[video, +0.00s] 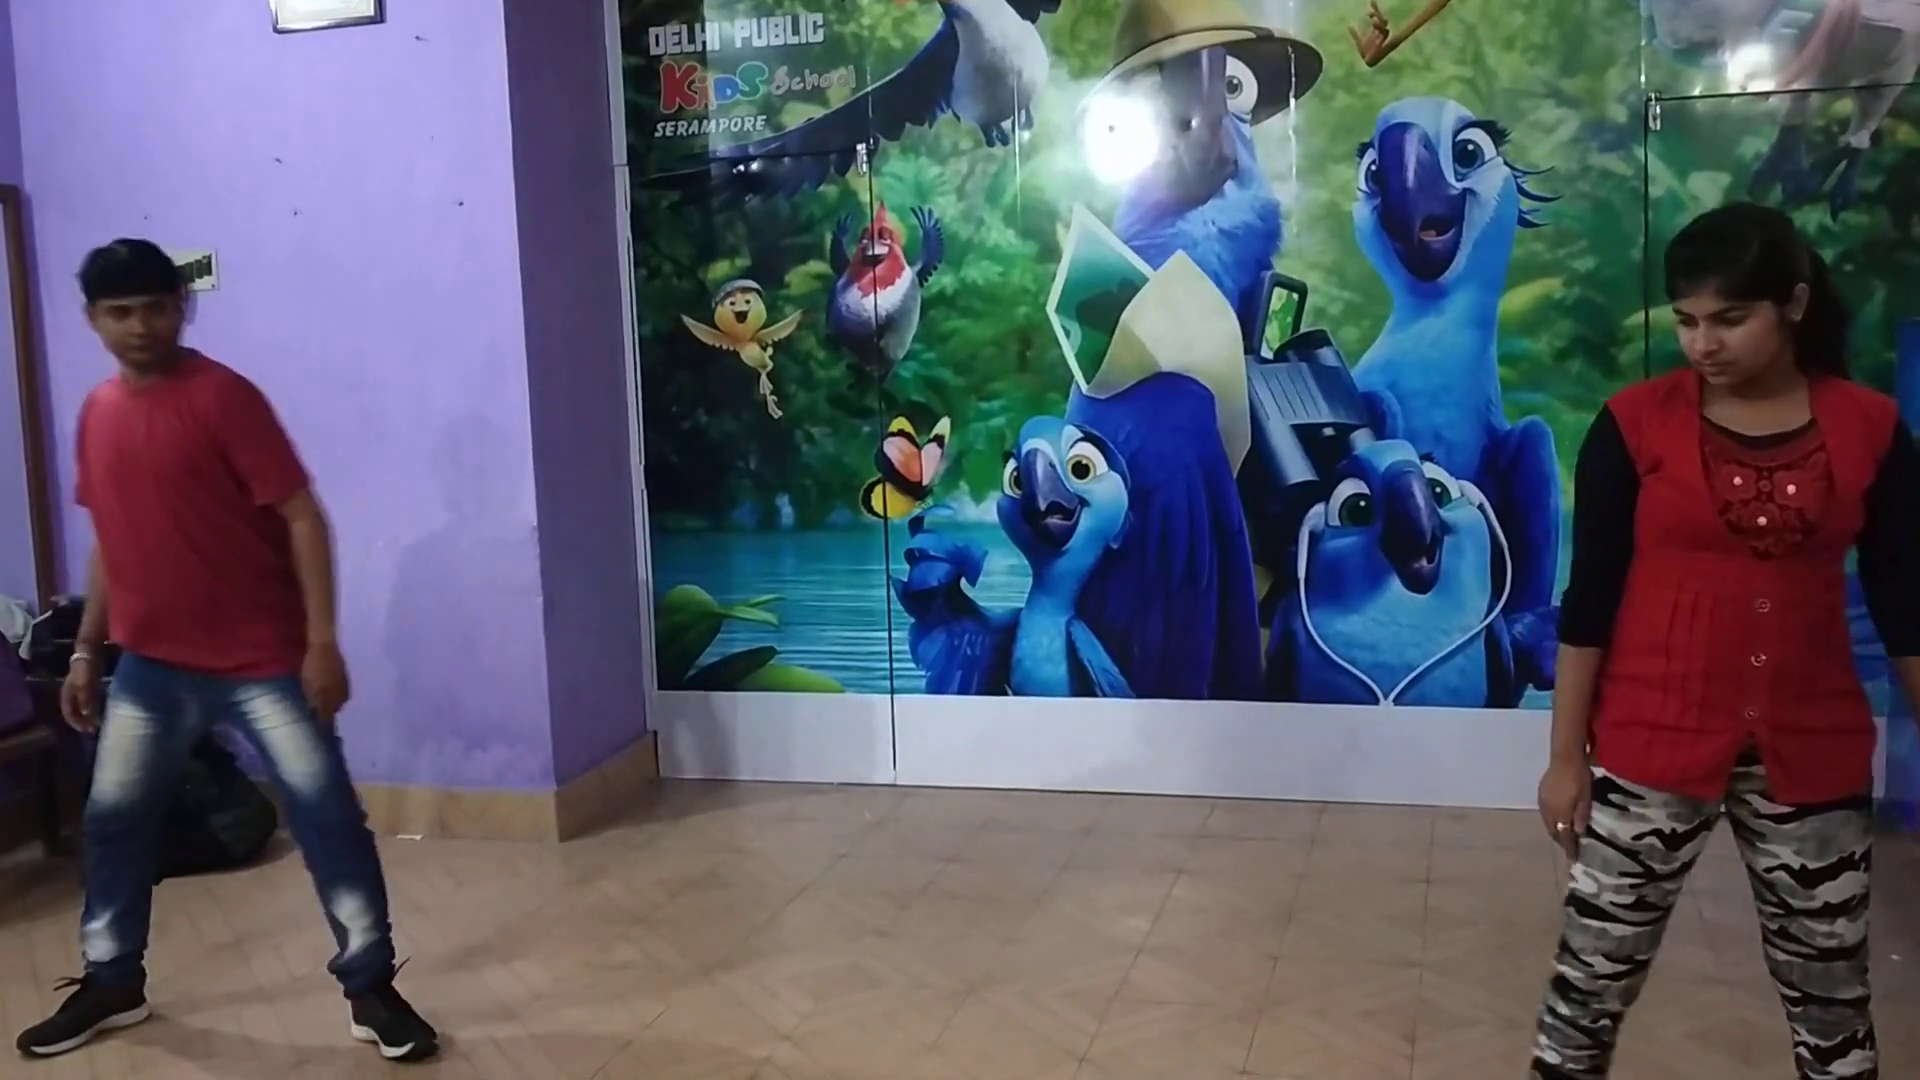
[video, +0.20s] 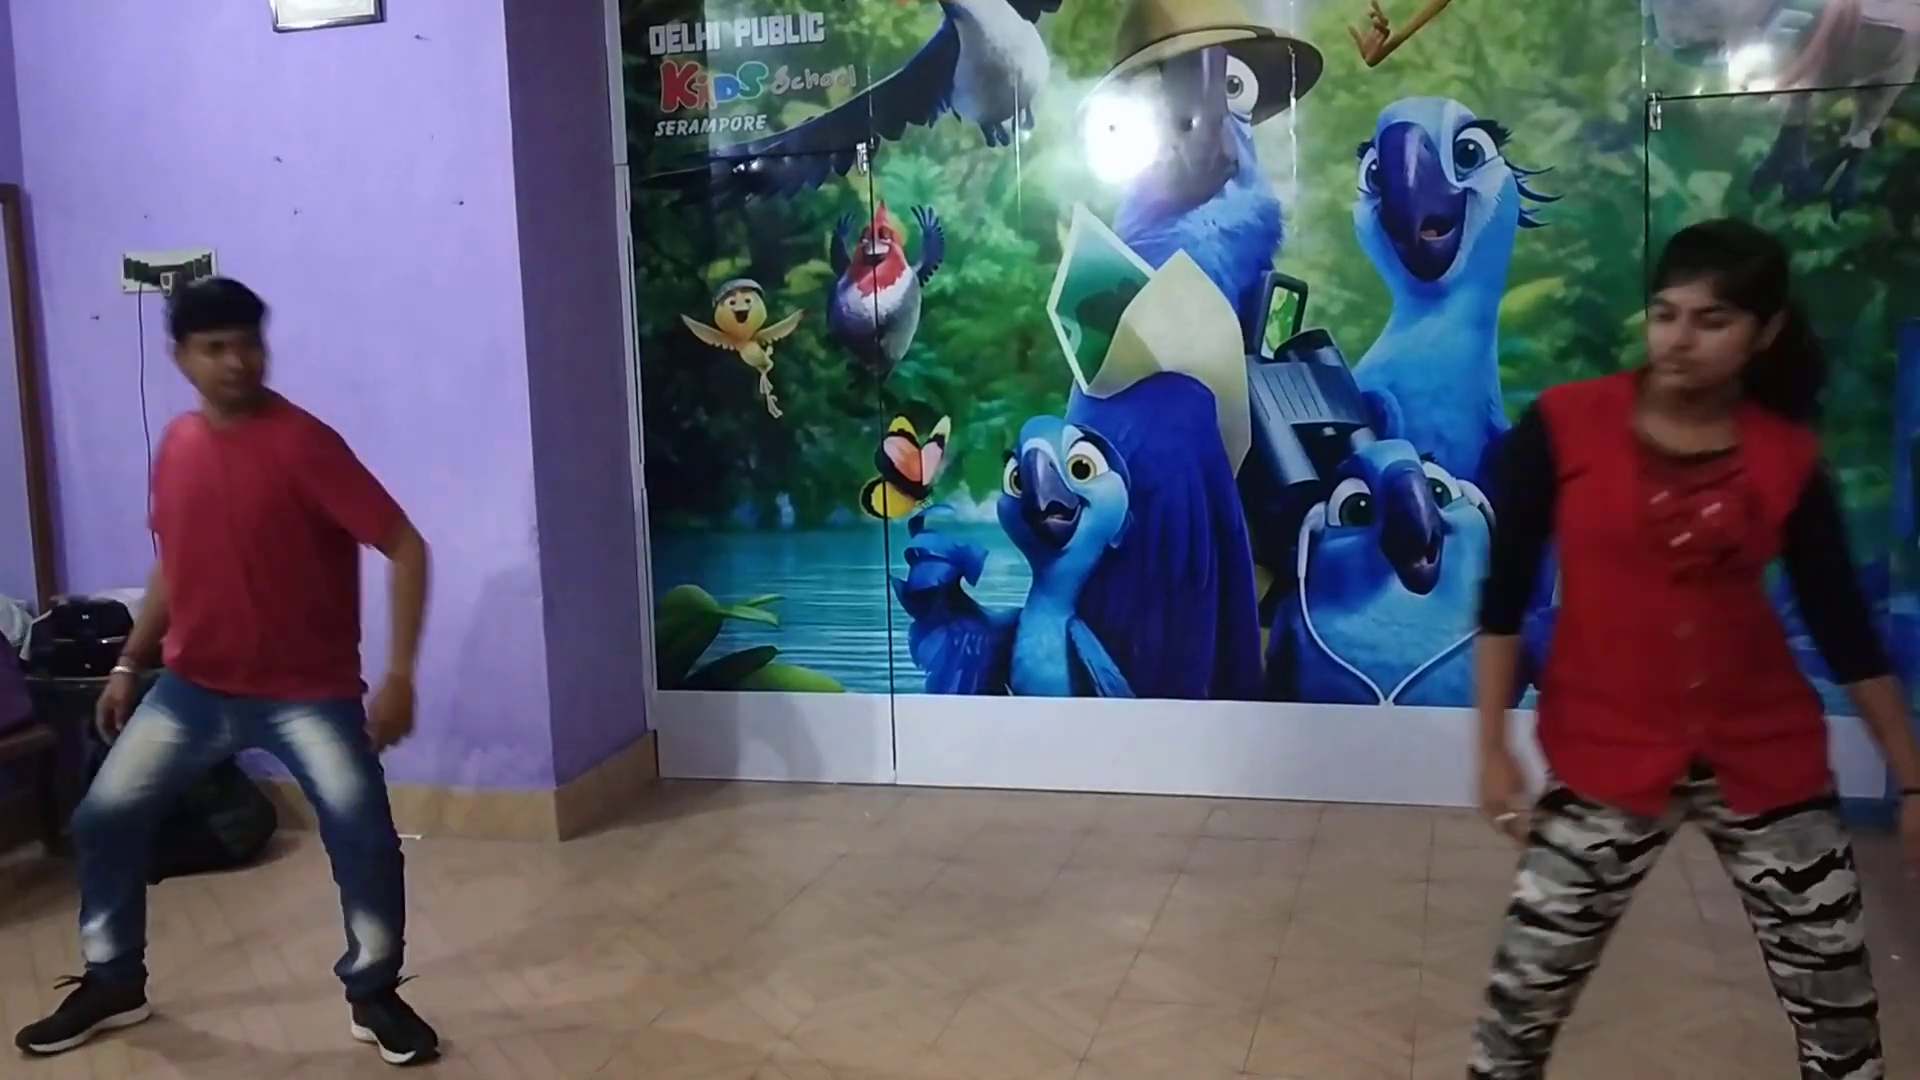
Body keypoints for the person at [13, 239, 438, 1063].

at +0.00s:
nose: (140, 327)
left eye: (155, 309)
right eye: (120, 313)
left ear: (180, 310)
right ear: (93, 320)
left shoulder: (226, 398)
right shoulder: (99, 411)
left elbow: (304, 515)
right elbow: (108, 535)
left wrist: (323, 646)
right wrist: (87, 650)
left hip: (259, 660)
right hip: (150, 663)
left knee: (324, 800)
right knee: (114, 808)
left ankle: (371, 985)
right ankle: (112, 978)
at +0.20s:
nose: (236, 362)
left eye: (247, 346)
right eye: (215, 349)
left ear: (263, 349)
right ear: (182, 358)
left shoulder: (305, 443)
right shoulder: (177, 443)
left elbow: (407, 548)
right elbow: (174, 561)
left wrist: (398, 678)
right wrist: (129, 667)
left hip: (306, 690)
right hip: (196, 684)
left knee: (359, 812)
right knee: (106, 812)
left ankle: (376, 992)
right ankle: (112, 980)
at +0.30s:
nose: (285, 396)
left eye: (295, 380)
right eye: (264, 381)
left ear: (309, 383)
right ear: (225, 387)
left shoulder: (334, 482)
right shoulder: (204, 460)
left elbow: (438, 590)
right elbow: (187, 576)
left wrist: (433, 717)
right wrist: (149, 674)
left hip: (319, 708)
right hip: (207, 700)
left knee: (370, 829)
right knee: (93, 822)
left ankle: (377, 994)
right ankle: (115, 980)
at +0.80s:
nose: (199, 423)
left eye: (209, 406)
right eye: (179, 406)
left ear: (221, 401)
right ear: (134, 400)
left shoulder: (243, 482)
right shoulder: (98, 443)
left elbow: (308, 599)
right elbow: (82, 544)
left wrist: (349, 712)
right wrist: (63, 650)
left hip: (244, 681)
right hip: (127, 680)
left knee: (312, 804)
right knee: (32, 818)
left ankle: (374, 985)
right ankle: (105, 964)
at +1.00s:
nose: (138, 339)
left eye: (149, 322)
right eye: (118, 323)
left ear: (164, 318)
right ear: (76, 322)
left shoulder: (198, 411)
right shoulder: (51, 392)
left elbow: (264, 525)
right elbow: (49, 500)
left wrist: (301, 642)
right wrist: (38, 603)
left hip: (209, 649)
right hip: (95, 646)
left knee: (280, 804)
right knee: (51, 803)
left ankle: (365, 976)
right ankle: (91, 959)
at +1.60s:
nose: (276, 319)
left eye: (285, 304)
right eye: (256, 305)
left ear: (298, 310)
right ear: (209, 312)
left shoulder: (342, 410)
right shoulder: (164, 406)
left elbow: (373, 532)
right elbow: (130, 520)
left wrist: (394, 647)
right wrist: (106, 644)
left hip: (323, 662)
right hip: (205, 663)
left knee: (351, 827)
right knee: (171, 835)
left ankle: (329, 993)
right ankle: (110, 960)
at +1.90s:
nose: (456, 317)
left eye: (463, 301)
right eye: (436, 301)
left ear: (472, 306)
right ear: (379, 307)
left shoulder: (502, 414)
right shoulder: (321, 409)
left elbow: (543, 539)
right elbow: (262, 536)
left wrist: (586, 651)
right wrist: (213, 666)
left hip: (464, 678)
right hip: (359, 672)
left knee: (443, 867)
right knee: (439, 859)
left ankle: (347, 971)